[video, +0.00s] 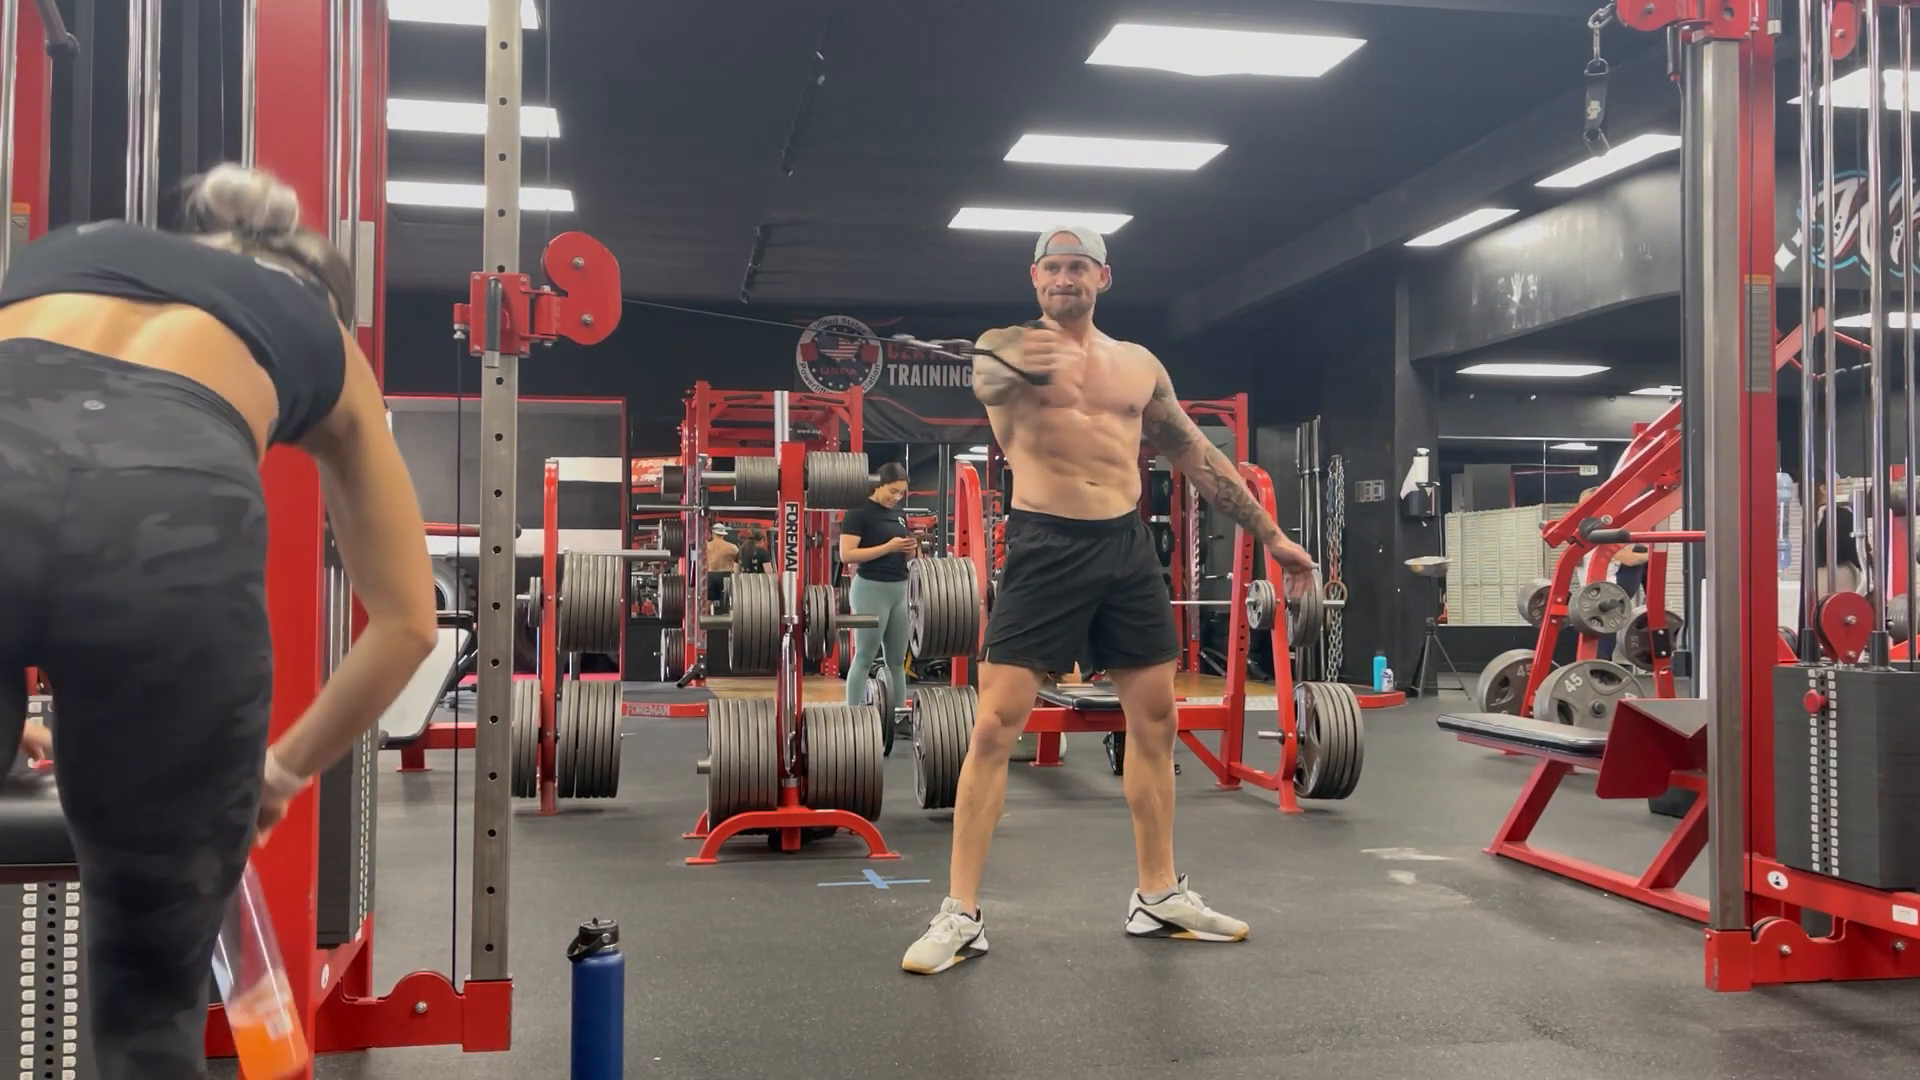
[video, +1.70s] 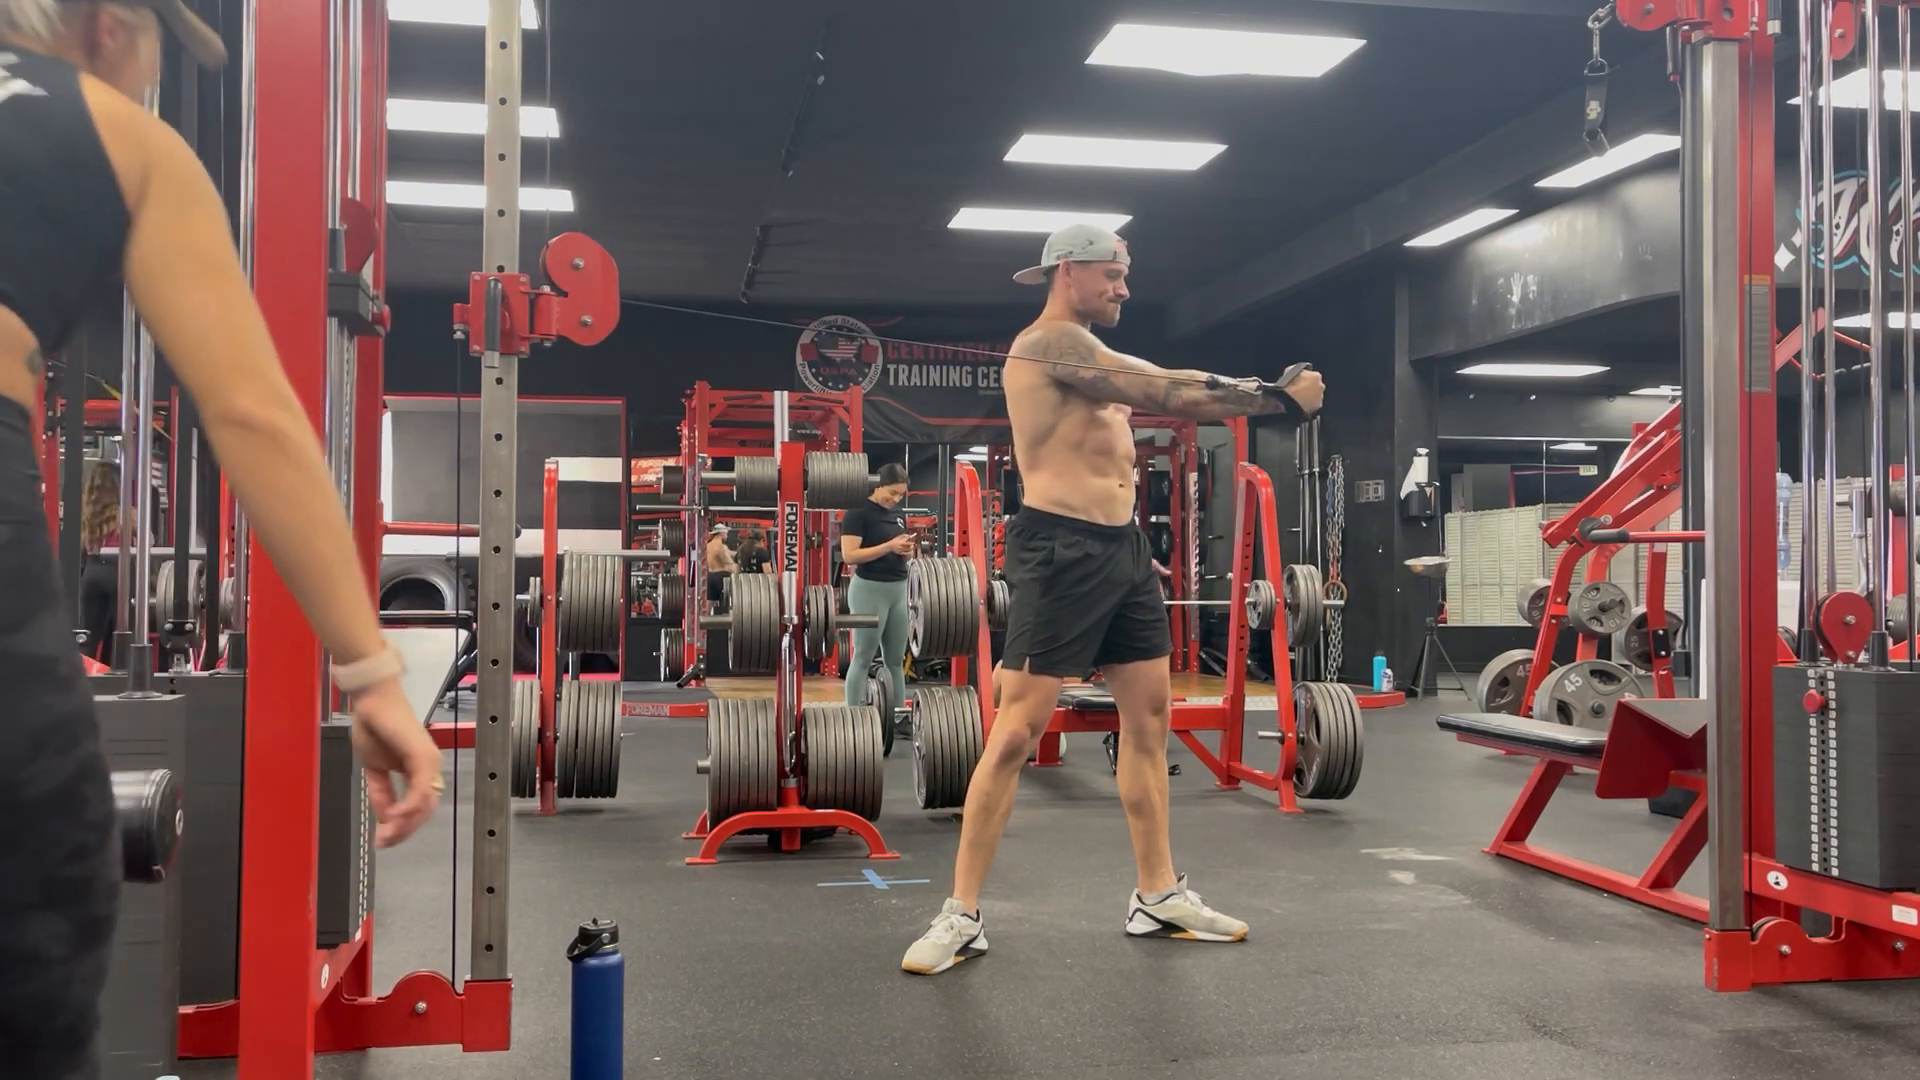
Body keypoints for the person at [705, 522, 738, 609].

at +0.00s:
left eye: (712, 534)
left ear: (713, 534)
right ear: (724, 534)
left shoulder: (707, 546)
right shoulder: (732, 547)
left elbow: (704, 561)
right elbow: (737, 561)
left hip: (711, 572)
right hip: (726, 572)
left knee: (708, 601)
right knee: (726, 602)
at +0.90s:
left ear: (712, 533)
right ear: (724, 533)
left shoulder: (707, 546)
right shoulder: (729, 548)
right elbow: (734, 562)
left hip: (710, 573)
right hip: (725, 573)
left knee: (711, 601)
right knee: (724, 602)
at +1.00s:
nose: (725, 534)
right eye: (724, 533)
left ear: (713, 533)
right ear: (723, 534)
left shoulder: (708, 545)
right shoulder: (726, 547)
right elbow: (735, 557)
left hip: (710, 572)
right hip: (724, 572)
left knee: (709, 600)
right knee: (724, 600)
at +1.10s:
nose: (726, 535)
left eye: (725, 533)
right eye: (725, 533)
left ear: (714, 533)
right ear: (723, 534)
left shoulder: (708, 545)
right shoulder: (725, 546)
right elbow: (732, 557)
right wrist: (736, 552)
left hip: (711, 572)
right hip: (723, 572)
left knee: (710, 600)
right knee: (724, 600)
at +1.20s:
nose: (726, 534)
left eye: (726, 532)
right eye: (726, 532)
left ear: (715, 533)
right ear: (723, 533)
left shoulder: (709, 545)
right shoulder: (723, 546)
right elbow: (730, 560)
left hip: (711, 572)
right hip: (723, 572)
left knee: (711, 600)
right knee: (724, 600)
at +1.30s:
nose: (727, 535)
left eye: (727, 533)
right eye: (726, 533)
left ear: (716, 534)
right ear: (722, 534)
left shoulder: (709, 545)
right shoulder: (722, 547)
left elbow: (726, 552)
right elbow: (728, 562)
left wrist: (736, 554)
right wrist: (736, 567)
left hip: (711, 572)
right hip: (722, 572)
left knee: (710, 600)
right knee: (724, 600)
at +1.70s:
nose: (727, 535)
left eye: (727, 533)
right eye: (726, 533)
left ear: (716, 534)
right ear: (721, 533)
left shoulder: (709, 545)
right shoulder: (721, 547)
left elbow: (727, 552)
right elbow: (729, 563)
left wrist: (737, 554)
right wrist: (736, 567)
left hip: (711, 572)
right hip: (722, 572)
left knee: (710, 600)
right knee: (724, 600)